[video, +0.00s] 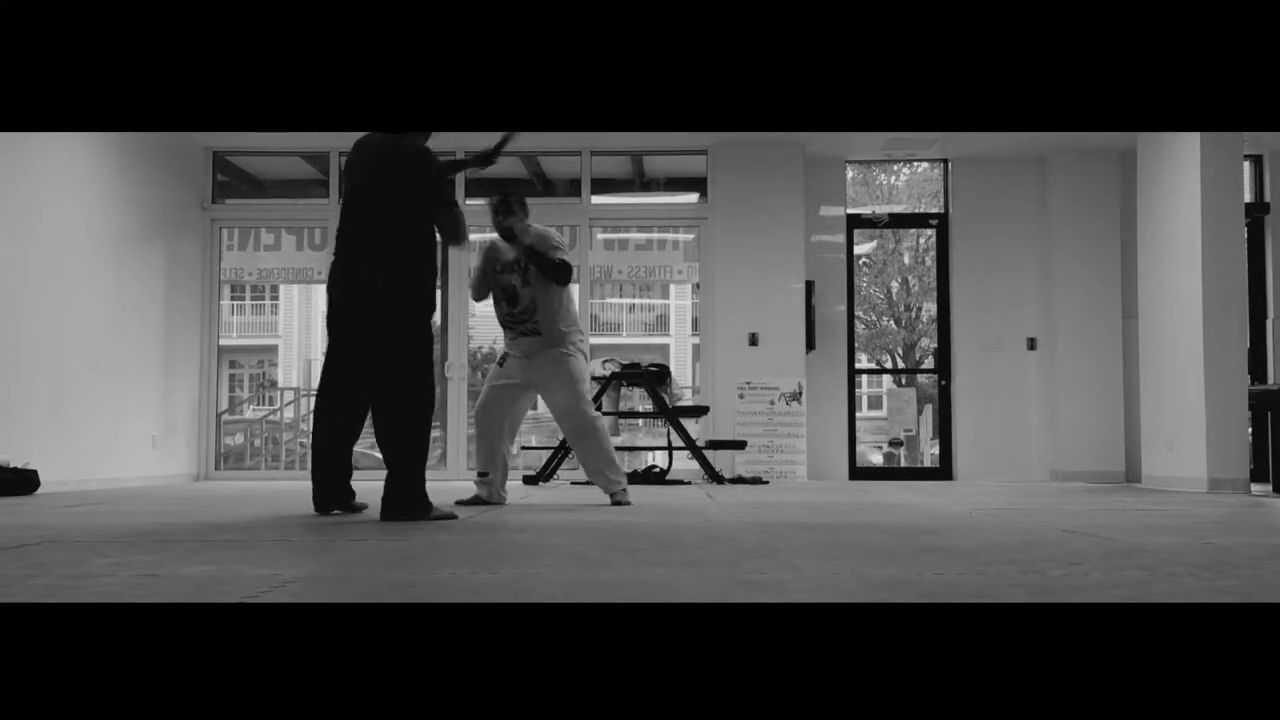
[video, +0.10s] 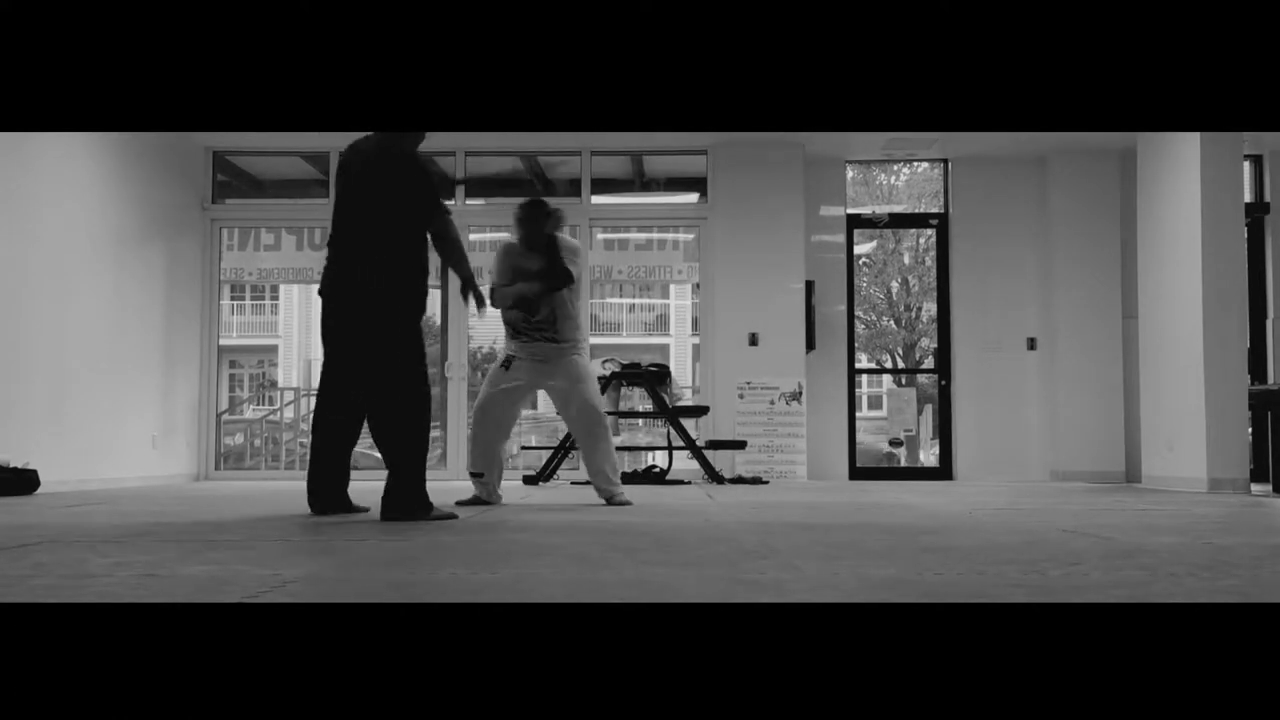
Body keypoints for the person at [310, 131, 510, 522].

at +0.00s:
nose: (432, 137)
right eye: (432, 135)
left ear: (390, 127)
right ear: (426, 132)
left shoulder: (364, 149)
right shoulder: (421, 160)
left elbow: (412, 174)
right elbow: (456, 233)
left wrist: (467, 163)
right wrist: (440, 189)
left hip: (351, 295)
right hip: (402, 300)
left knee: (342, 392)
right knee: (408, 396)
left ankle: (330, 493)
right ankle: (406, 501)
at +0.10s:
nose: (422, 140)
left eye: (421, 137)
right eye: (422, 137)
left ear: (381, 129)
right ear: (415, 135)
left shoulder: (353, 156)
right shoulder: (414, 167)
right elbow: (442, 231)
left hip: (343, 298)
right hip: (391, 303)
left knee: (341, 394)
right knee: (407, 397)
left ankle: (327, 495)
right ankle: (406, 501)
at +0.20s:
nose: (415, 143)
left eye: (415, 139)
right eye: (416, 139)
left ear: (376, 130)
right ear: (409, 136)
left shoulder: (344, 158)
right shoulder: (403, 170)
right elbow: (431, 236)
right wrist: (459, 291)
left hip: (332, 297)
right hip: (379, 301)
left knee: (333, 395)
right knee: (387, 397)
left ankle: (326, 497)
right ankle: (396, 500)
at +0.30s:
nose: (412, 143)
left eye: (411, 139)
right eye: (411, 138)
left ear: (370, 129)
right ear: (404, 136)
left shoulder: (336, 160)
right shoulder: (399, 167)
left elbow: (334, 219)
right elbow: (418, 222)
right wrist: (434, 262)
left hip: (325, 294)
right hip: (370, 299)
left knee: (326, 391)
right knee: (374, 391)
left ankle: (323, 496)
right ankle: (346, 493)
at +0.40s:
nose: (406, 142)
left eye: (405, 138)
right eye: (405, 138)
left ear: (364, 129)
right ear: (396, 135)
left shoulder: (334, 160)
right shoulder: (388, 165)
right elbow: (411, 218)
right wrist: (439, 253)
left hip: (322, 291)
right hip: (361, 296)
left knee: (326, 390)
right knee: (358, 390)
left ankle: (331, 490)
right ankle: (295, 480)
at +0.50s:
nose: (400, 143)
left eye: (400, 137)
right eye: (400, 137)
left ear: (364, 130)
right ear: (390, 134)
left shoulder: (337, 158)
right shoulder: (378, 164)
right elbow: (412, 218)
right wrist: (463, 245)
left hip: (324, 293)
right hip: (350, 298)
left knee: (334, 395)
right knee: (340, 395)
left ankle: (331, 492)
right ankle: (289, 483)